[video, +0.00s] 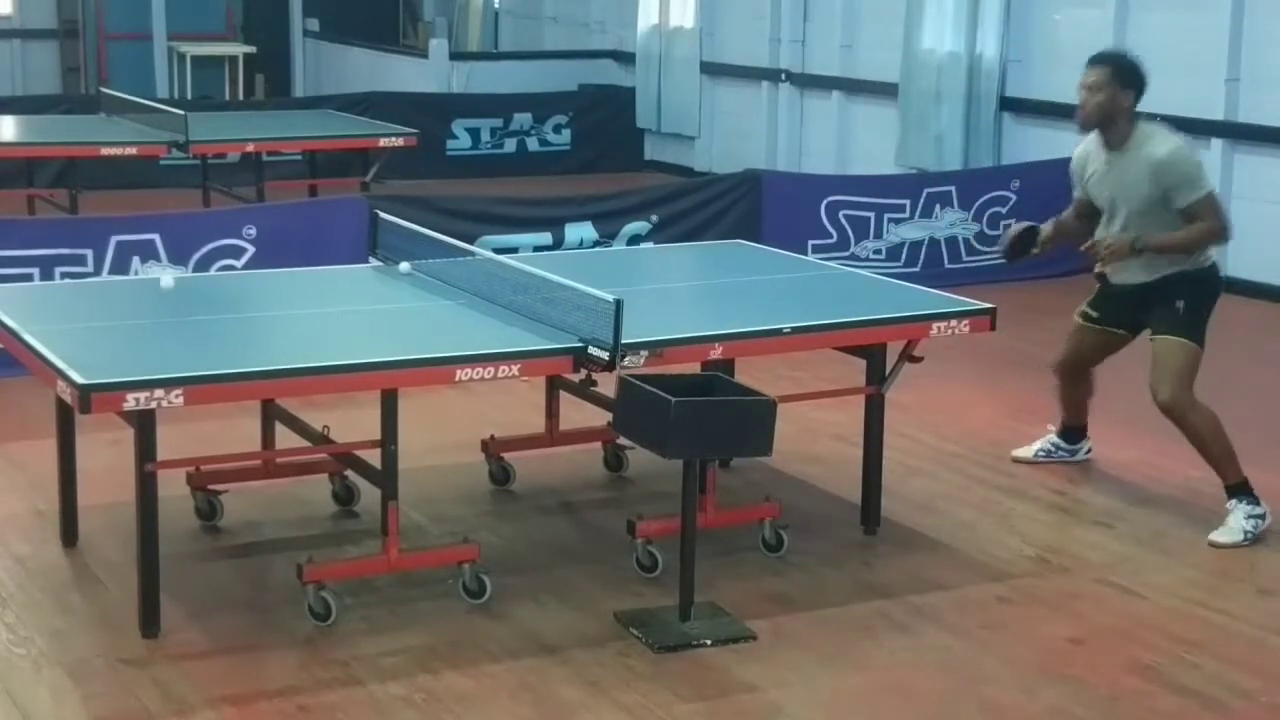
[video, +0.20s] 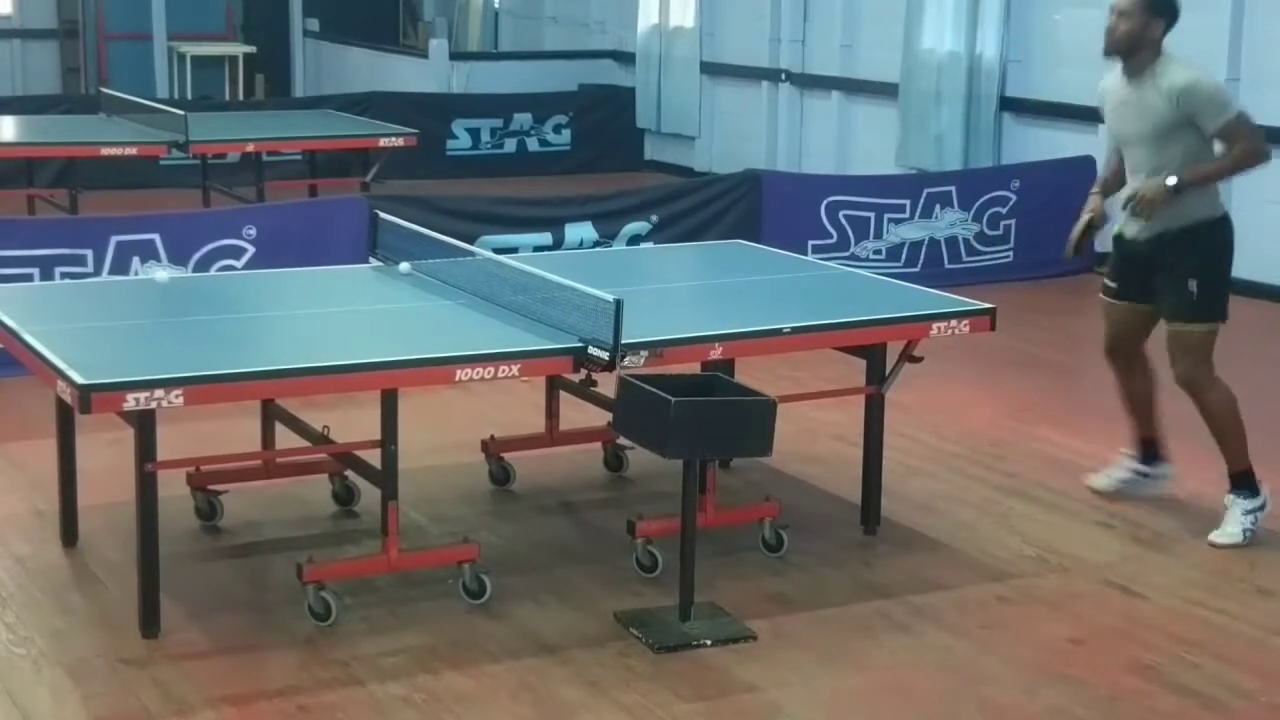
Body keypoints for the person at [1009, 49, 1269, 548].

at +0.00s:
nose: (1080, 98)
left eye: (1091, 91)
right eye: (1081, 89)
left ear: (1125, 99)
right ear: (1092, 97)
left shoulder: (1167, 153)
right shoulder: (1086, 155)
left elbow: (1216, 227)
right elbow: (1083, 218)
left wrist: (1137, 245)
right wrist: (1044, 234)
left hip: (1183, 281)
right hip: (1124, 281)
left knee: (1171, 395)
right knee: (1070, 366)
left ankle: (1246, 503)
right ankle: (1071, 440)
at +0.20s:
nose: (1110, 22)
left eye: (1124, 15)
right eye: (1111, 13)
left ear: (1156, 28)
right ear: (1119, 26)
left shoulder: (1189, 84)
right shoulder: (1113, 85)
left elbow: (1253, 148)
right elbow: (1121, 155)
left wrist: (1173, 183)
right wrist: (1098, 197)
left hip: (1195, 237)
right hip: (1136, 238)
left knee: (1191, 369)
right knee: (1121, 346)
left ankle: (1247, 494)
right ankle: (1149, 460)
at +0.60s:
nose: (1108, 24)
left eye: (1123, 17)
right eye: (1107, 14)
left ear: (1156, 25)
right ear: (1105, 19)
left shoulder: (1191, 83)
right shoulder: (1097, 89)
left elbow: (1243, 159)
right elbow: (1100, 161)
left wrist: (1169, 190)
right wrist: (1087, 207)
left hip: (1184, 248)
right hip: (1125, 256)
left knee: (1165, 382)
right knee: (1158, 382)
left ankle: (1164, 529)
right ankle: (1218, 488)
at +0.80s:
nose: (1086, 39)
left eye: (1097, 26)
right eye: (1080, 29)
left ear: (1133, 26)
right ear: (1077, 33)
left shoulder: (1173, 98)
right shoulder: (1078, 99)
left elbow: (1233, 174)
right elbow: (1073, 171)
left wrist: (1155, 203)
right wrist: (1055, 199)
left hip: (1150, 266)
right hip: (1090, 266)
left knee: (1120, 401)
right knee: (1081, 396)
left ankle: (1138, 540)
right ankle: (1178, 467)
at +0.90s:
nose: (1065, 42)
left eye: (1074, 28)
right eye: (1060, 31)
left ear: (1113, 22)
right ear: (1061, 31)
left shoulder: (1155, 93)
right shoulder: (1069, 94)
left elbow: (1202, 184)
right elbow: (1078, 167)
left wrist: (1117, 206)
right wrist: (1044, 198)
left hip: (1131, 266)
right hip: (1071, 265)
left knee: (1120, 403)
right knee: (1039, 392)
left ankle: (1139, 537)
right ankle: (1123, 476)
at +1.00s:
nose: (1040, 39)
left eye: (1048, 25)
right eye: (1035, 28)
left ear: (1087, 17)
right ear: (1042, 28)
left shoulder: (1135, 87)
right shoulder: (1057, 87)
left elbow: (1162, 184)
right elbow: (1075, 176)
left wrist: (1062, 188)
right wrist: (1030, 203)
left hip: (1112, 263)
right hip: (1053, 261)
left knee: (1117, 397)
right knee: (1010, 386)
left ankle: (1136, 532)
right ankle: (1056, 515)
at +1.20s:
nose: (983, 50)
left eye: (992, 36)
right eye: (980, 38)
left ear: (1030, 31)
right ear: (1002, 37)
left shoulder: (1070, 100)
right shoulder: (1014, 99)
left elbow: (1072, 206)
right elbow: (1027, 192)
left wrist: (977, 197)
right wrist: (981, 213)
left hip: (1061, 276)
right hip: (1005, 273)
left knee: (1070, 409)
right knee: (968, 401)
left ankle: (1126, 524)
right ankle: (975, 548)